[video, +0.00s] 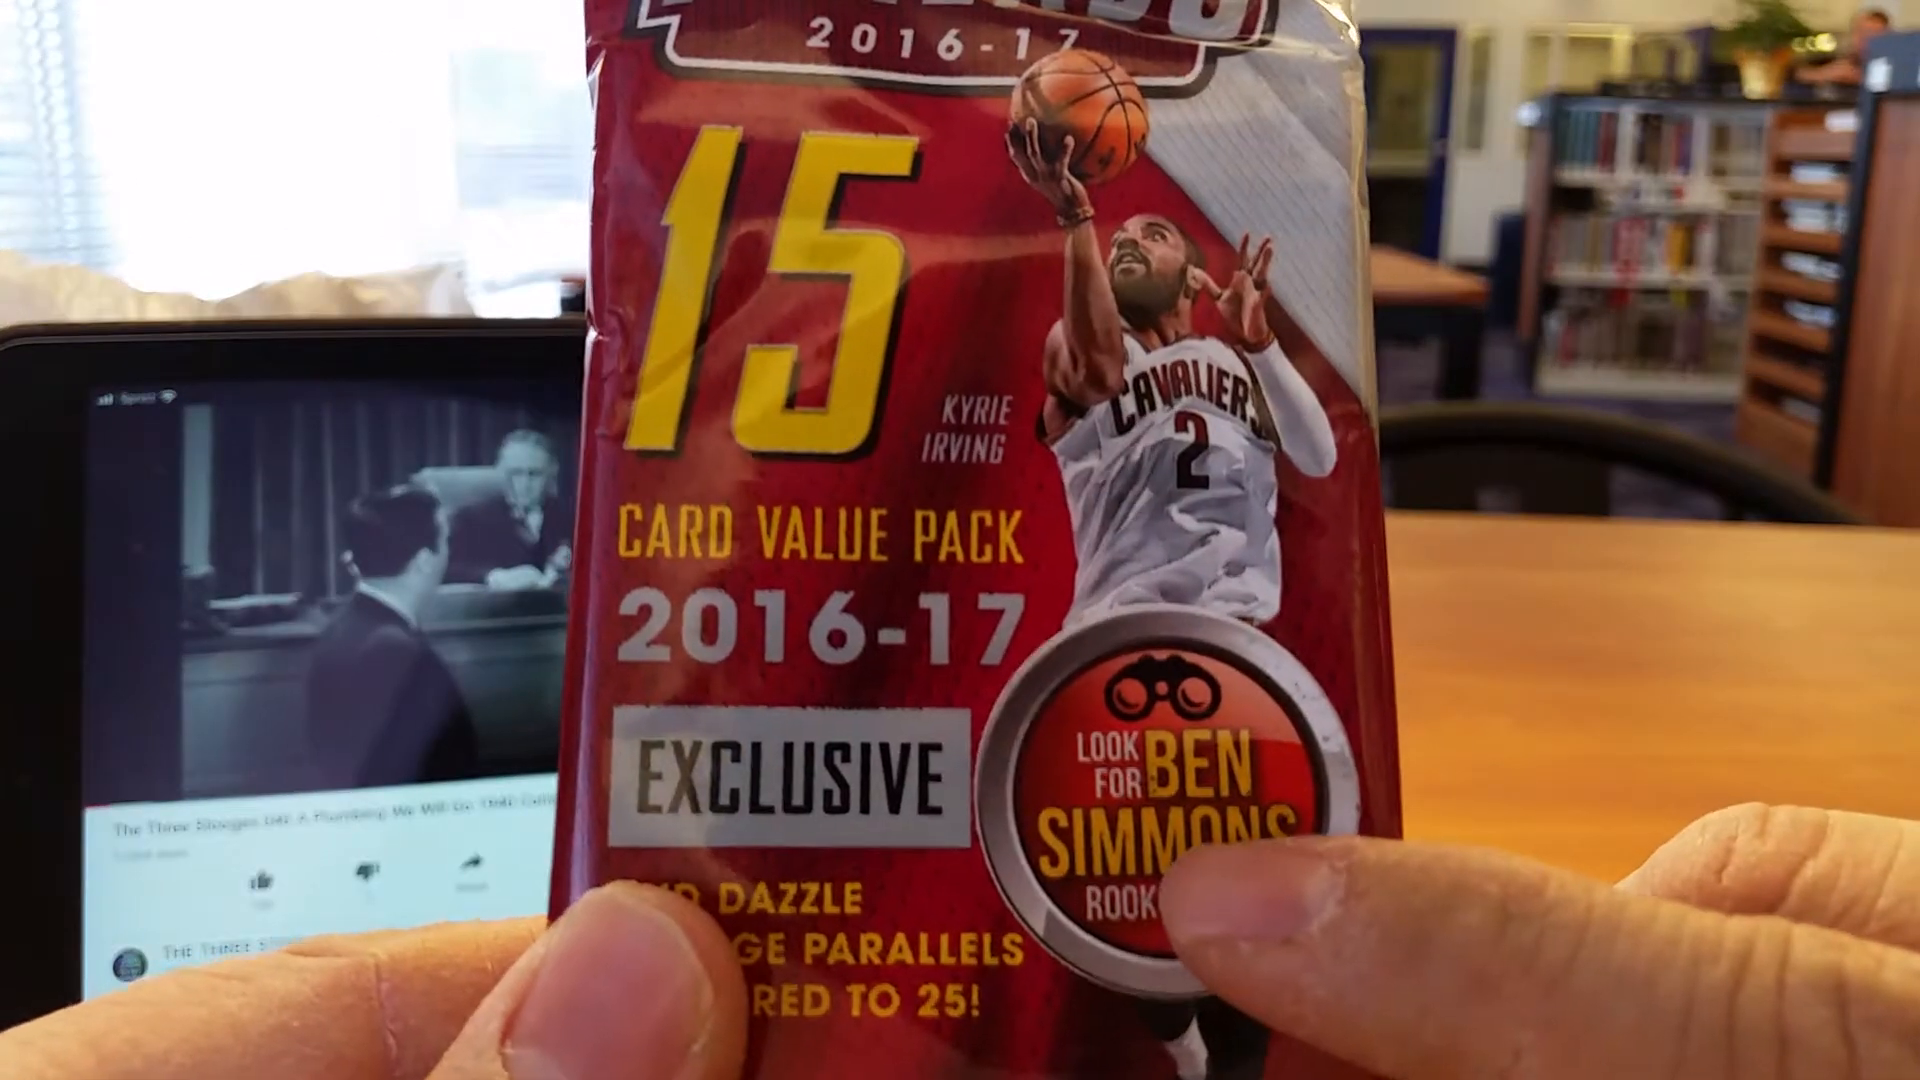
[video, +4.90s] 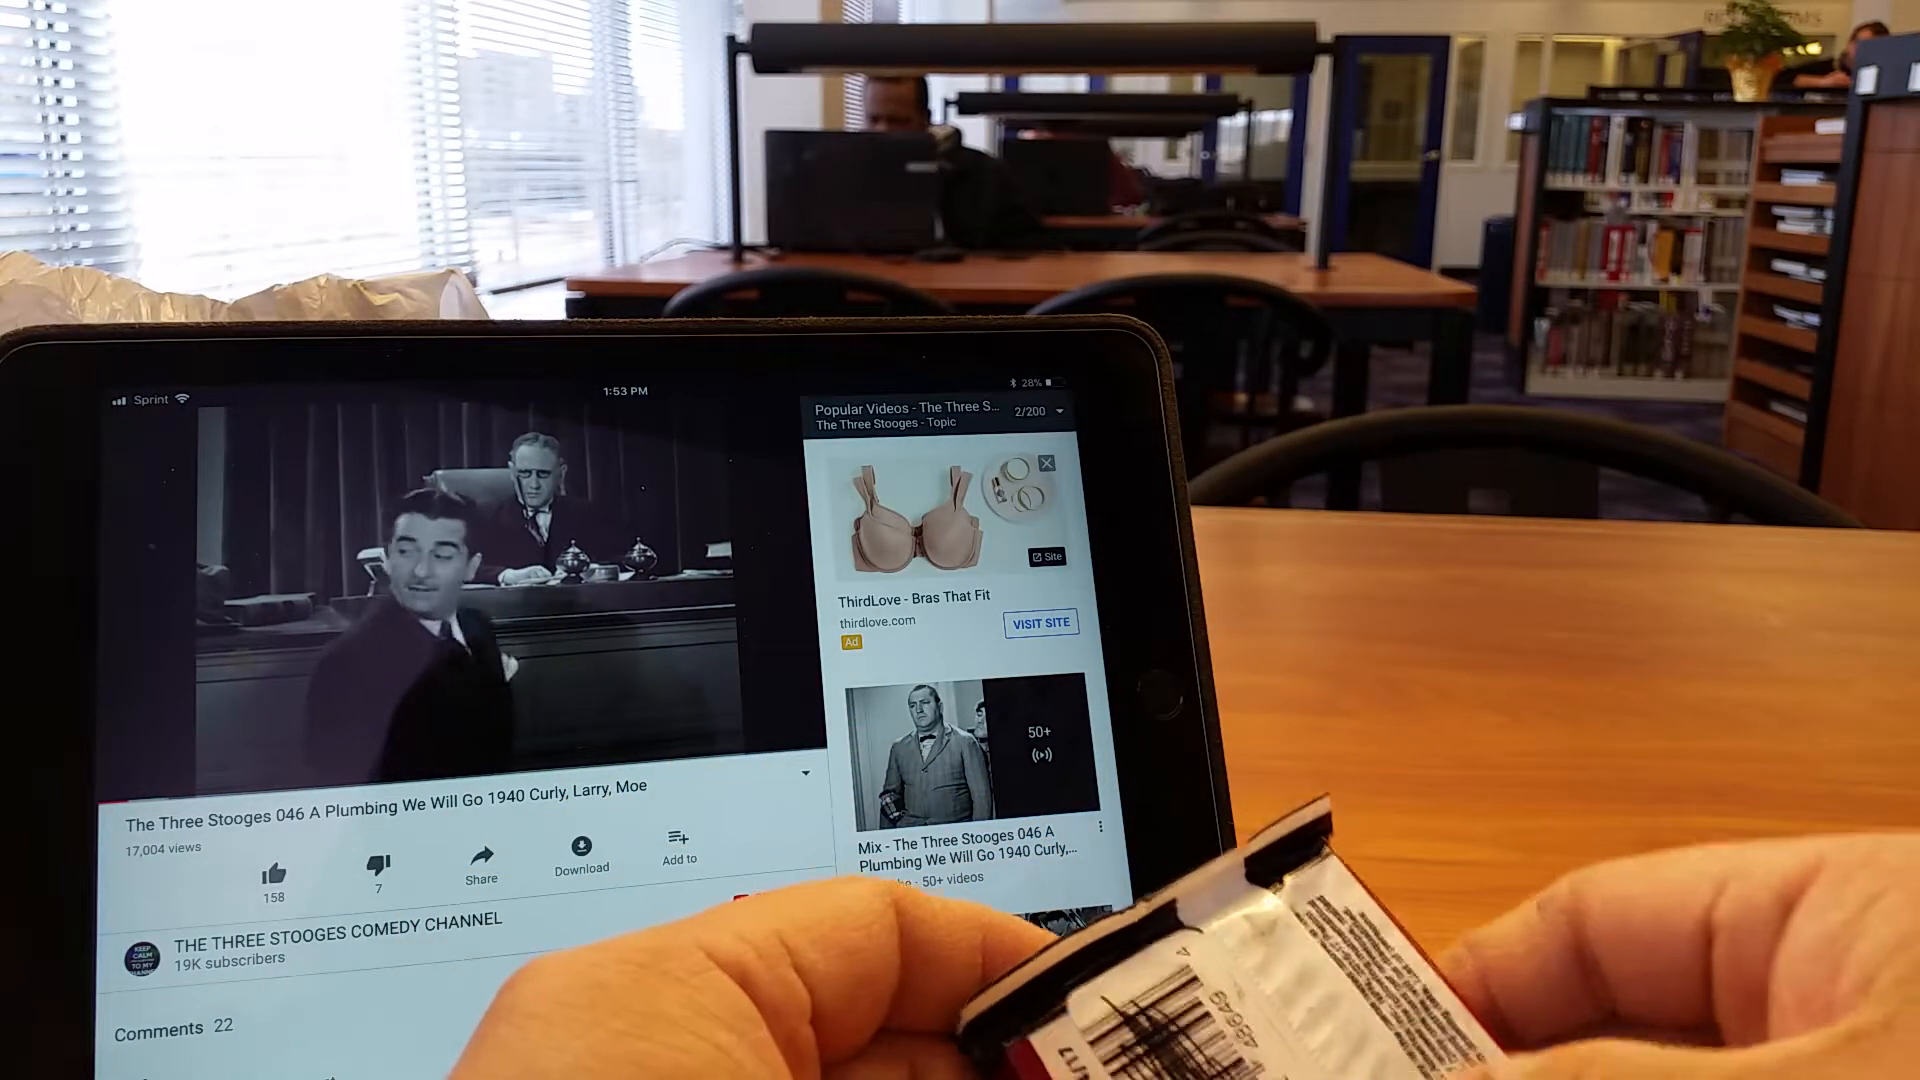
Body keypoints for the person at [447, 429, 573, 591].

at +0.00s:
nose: (524, 483)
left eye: (533, 473)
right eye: (516, 473)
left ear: (551, 473)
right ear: (500, 473)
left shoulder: (568, 518)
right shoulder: (471, 521)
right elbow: (452, 573)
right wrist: (492, 577)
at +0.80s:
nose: (524, 484)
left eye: (534, 474)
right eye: (515, 473)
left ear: (551, 473)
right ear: (499, 472)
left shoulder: (571, 519)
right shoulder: (473, 521)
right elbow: (450, 571)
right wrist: (491, 576)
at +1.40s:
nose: (523, 484)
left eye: (533, 474)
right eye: (514, 474)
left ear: (551, 475)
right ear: (500, 475)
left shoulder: (576, 518)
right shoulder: (474, 523)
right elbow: (450, 570)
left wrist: (593, 573)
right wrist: (491, 576)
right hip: (499, 638)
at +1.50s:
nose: (524, 484)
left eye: (534, 475)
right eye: (516, 474)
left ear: (552, 476)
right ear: (503, 474)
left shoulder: (577, 518)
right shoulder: (476, 521)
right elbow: (451, 569)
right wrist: (493, 577)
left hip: (570, 628)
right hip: (501, 633)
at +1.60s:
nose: (528, 484)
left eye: (538, 474)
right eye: (519, 474)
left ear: (556, 473)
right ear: (506, 472)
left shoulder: (579, 515)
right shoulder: (479, 519)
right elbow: (453, 570)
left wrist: (587, 570)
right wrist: (498, 576)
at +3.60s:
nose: (533, 485)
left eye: (543, 475)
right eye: (524, 474)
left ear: (560, 473)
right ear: (511, 470)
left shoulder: (585, 515)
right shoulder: (484, 519)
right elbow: (454, 569)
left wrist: (597, 569)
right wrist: (504, 576)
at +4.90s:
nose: (533, 484)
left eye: (543, 474)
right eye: (525, 474)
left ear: (561, 473)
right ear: (513, 472)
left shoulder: (585, 516)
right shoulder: (493, 520)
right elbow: (465, 568)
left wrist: (592, 571)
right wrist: (506, 576)